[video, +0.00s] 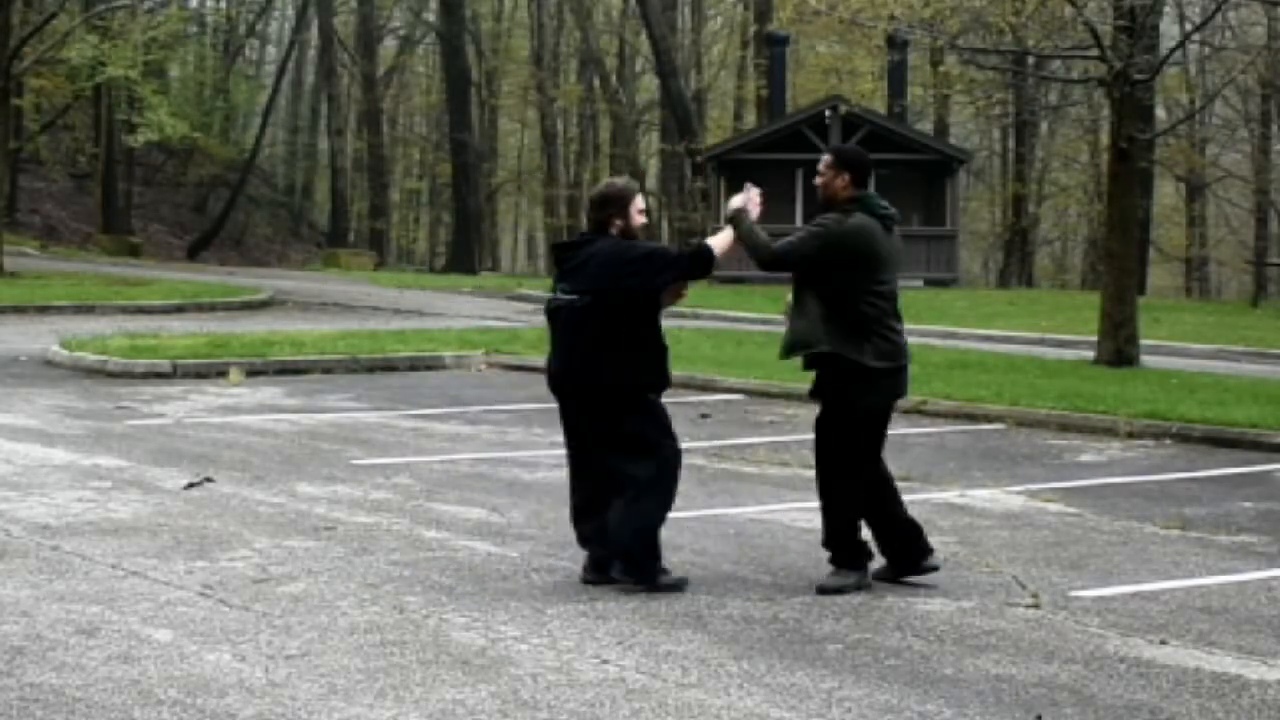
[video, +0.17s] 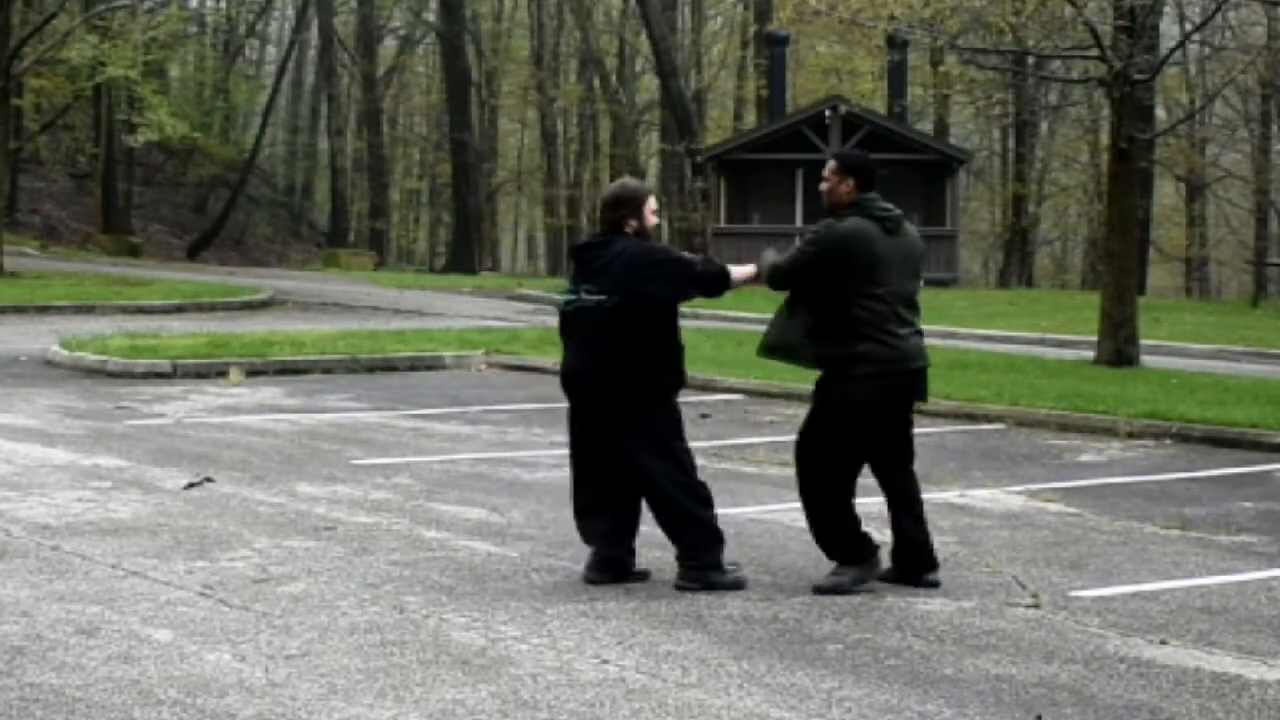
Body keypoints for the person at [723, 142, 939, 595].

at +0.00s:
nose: (815, 179)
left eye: (822, 173)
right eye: (817, 172)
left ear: (845, 180)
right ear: (850, 181)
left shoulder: (842, 229)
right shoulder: (871, 224)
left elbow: (771, 257)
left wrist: (740, 217)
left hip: (853, 371)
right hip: (876, 368)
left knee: (838, 466)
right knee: (860, 462)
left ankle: (850, 565)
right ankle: (909, 553)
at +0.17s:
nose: (822, 187)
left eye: (828, 180)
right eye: (823, 179)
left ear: (850, 186)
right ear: (862, 186)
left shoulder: (838, 235)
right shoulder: (906, 234)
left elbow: (780, 275)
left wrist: (772, 258)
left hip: (853, 374)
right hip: (902, 370)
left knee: (816, 458)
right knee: (896, 468)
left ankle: (855, 556)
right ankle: (915, 563)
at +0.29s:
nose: (822, 189)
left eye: (828, 182)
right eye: (823, 181)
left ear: (851, 188)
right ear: (862, 189)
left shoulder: (839, 240)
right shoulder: (905, 234)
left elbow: (792, 288)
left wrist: (775, 318)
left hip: (853, 376)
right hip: (904, 371)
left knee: (815, 458)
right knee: (890, 464)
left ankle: (841, 565)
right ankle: (914, 563)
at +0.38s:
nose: (819, 189)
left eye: (827, 183)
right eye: (821, 182)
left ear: (851, 190)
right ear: (858, 191)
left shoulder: (838, 243)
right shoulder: (895, 232)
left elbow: (792, 295)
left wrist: (763, 338)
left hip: (853, 378)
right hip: (900, 374)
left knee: (820, 461)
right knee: (887, 467)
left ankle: (816, 573)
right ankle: (914, 563)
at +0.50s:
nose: (810, 190)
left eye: (818, 183)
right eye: (811, 182)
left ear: (844, 189)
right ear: (842, 191)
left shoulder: (845, 241)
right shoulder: (862, 231)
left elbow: (796, 296)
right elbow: (800, 244)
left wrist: (760, 328)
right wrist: (745, 246)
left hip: (846, 380)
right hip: (874, 375)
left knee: (814, 468)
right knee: (872, 472)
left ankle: (808, 575)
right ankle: (912, 563)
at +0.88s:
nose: (786, 194)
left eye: (796, 190)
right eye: (788, 186)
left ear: (826, 200)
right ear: (820, 199)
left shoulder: (838, 251)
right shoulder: (819, 222)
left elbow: (777, 292)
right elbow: (783, 192)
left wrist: (708, 311)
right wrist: (755, 211)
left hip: (847, 378)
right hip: (849, 373)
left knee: (808, 459)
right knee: (863, 466)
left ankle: (820, 574)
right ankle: (913, 560)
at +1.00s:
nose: (780, 216)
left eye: (788, 209)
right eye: (779, 207)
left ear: (813, 209)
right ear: (811, 207)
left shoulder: (829, 252)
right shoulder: (816, 236)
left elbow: (760, 275)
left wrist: (690, 266)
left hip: (839, 376)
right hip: (825, 371)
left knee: (809, 470)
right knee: (824, 464)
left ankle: (824, 574)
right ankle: (893, 538)